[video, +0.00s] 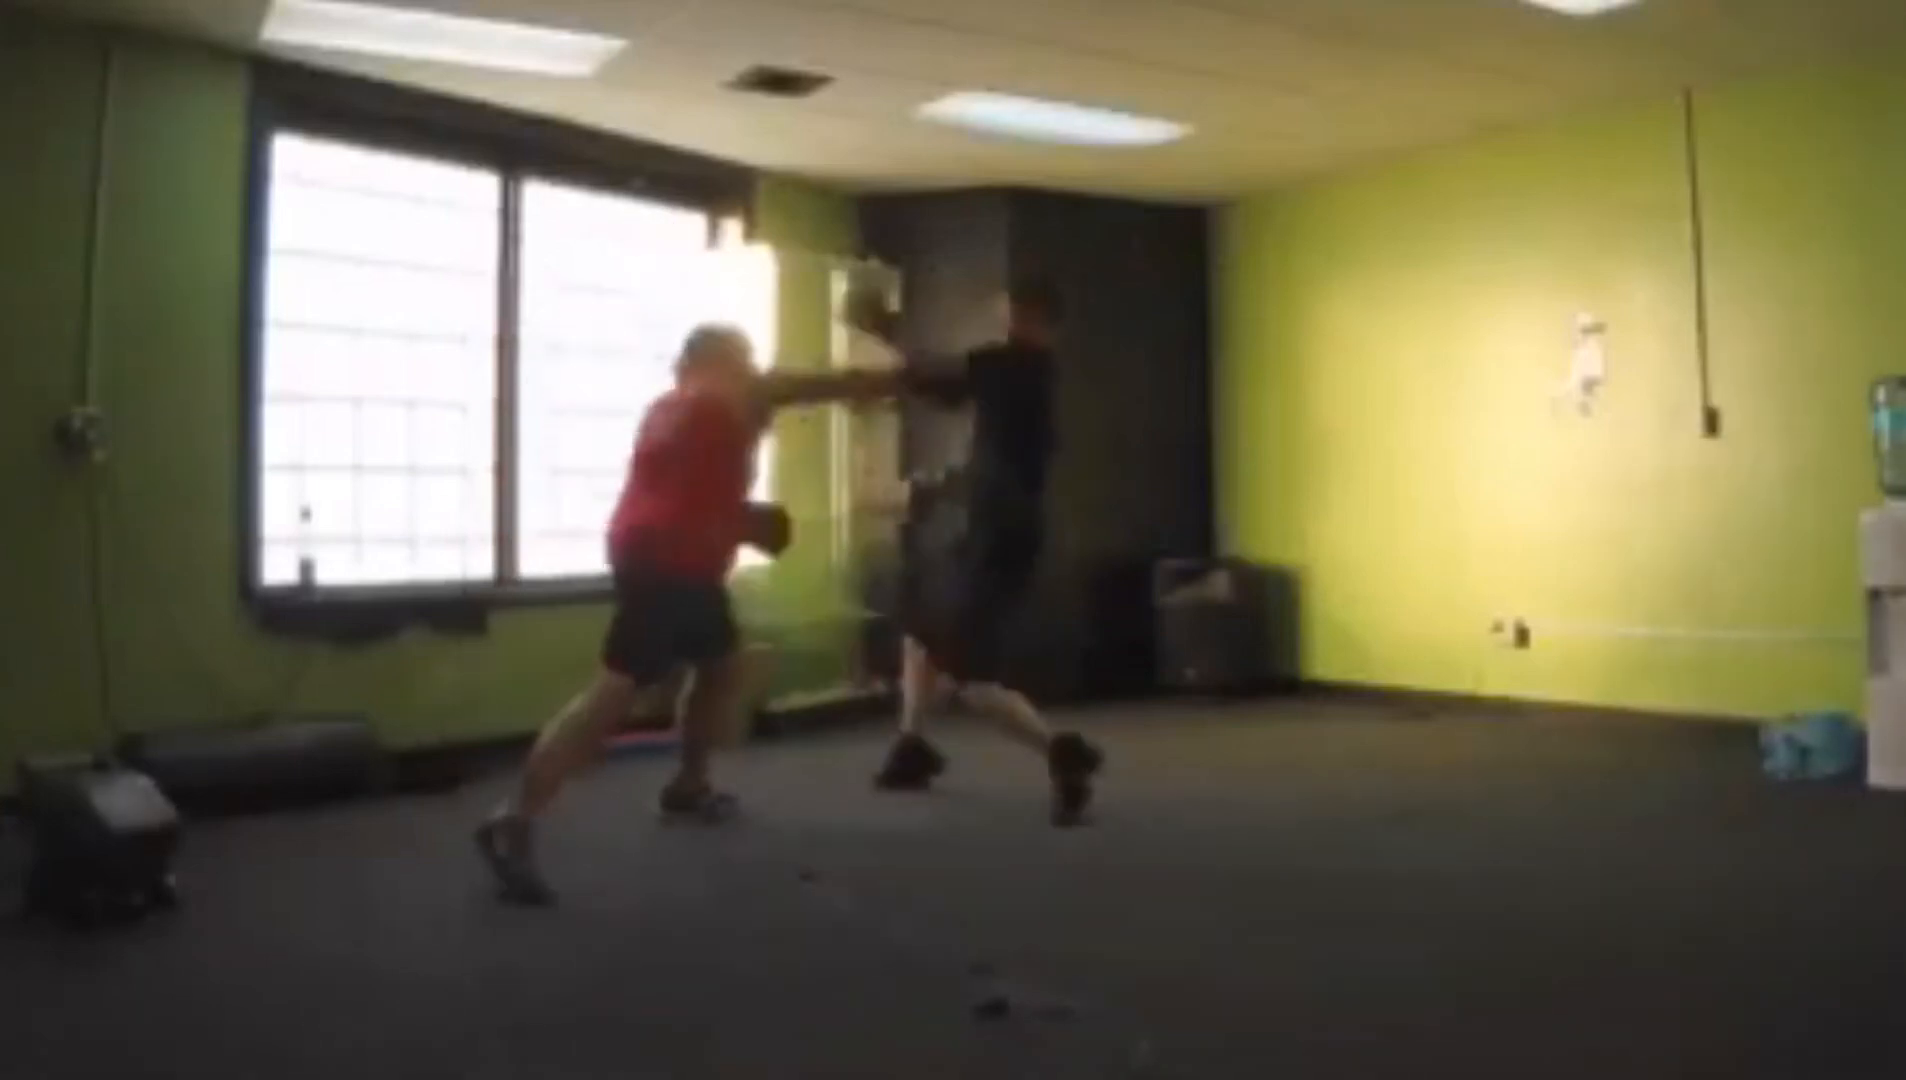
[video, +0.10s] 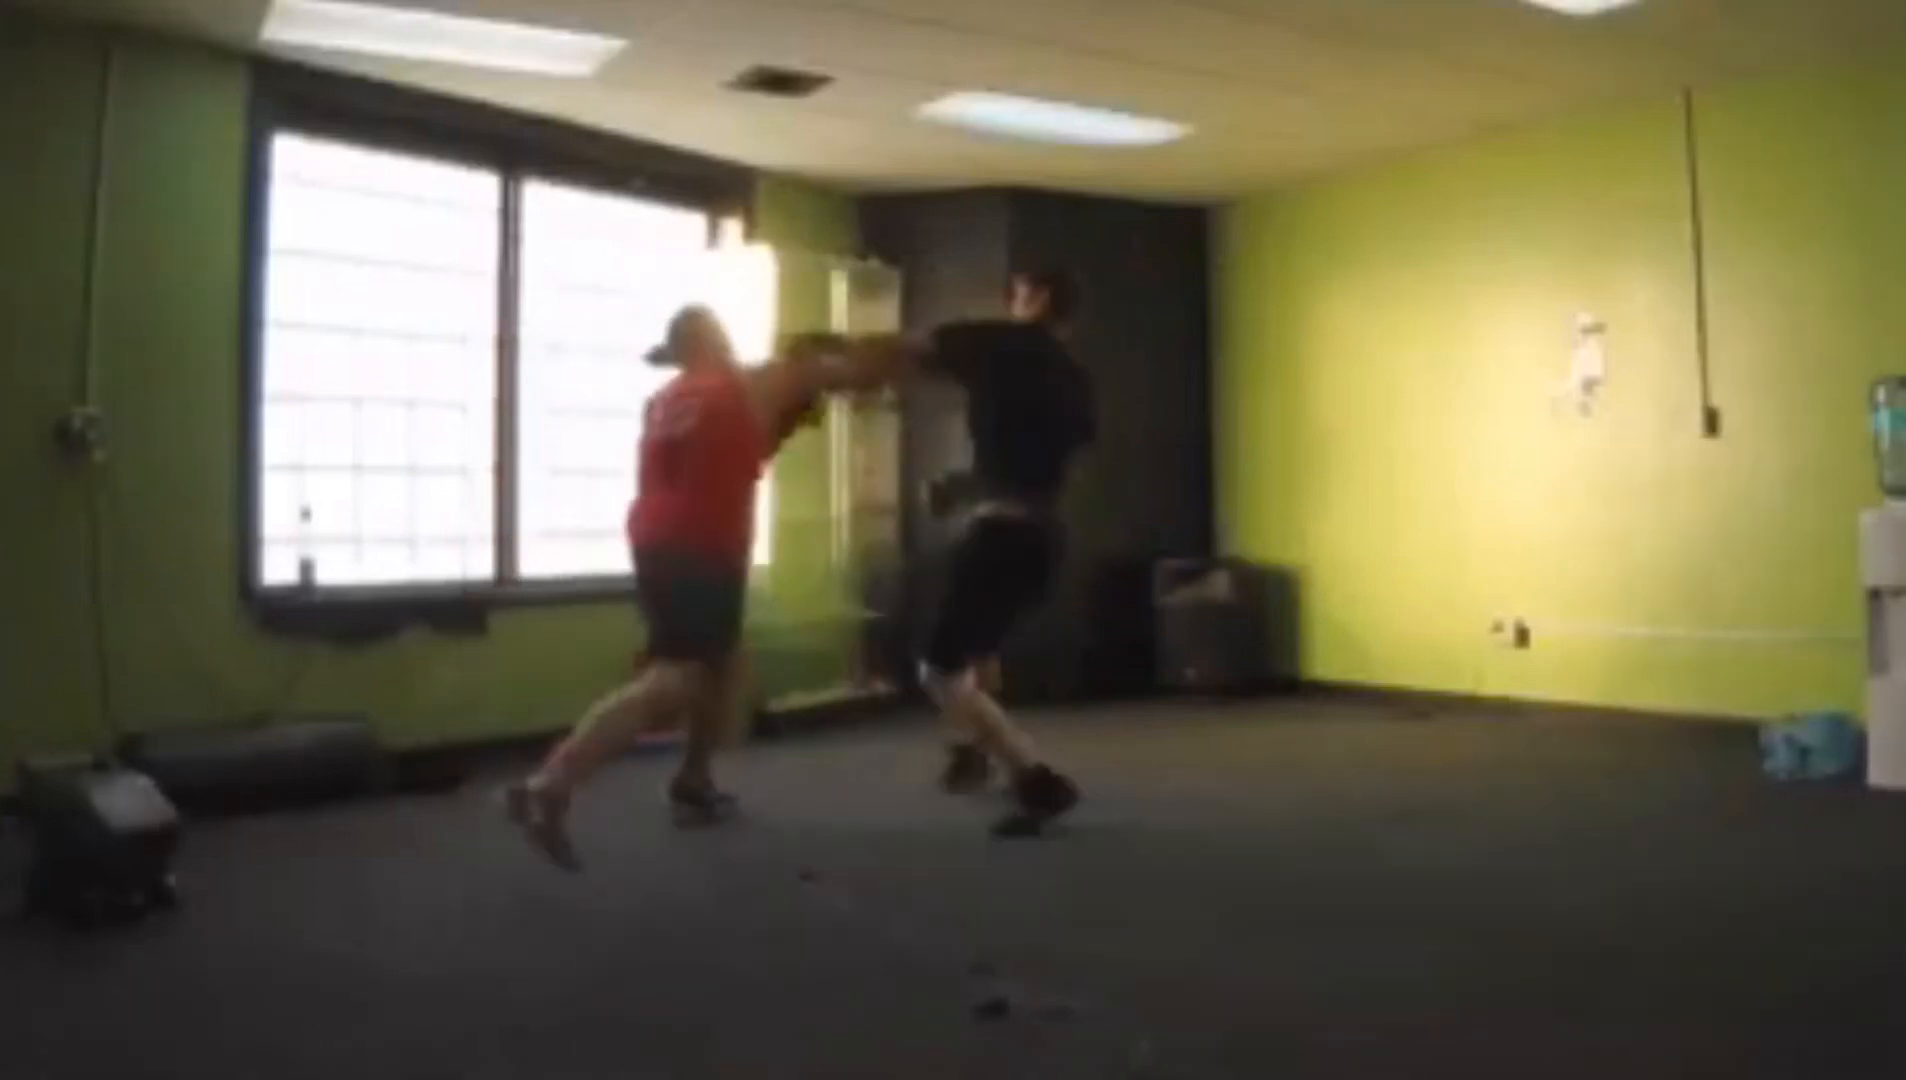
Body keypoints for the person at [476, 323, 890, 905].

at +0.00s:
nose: (752, 369)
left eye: (747, 360)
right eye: (744, 360)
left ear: (691, 364)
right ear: (725, 361)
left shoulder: (669, 408)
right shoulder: (742, 392)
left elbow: (676, 497)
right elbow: (833, 385)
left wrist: (750, 522)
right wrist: (906, 379)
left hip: (648, 554)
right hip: (675, 560)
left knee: (722, 664)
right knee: (618, 693)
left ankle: (691, 786)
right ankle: (514, 823)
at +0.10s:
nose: (725, 345)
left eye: (713, 339)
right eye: (718, 336)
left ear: (677, 353)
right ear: (714, 340)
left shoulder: (662, 402)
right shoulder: (743, 389)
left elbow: (734, 458)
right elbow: (831, 364)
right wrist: (904, 355)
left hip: (653, 542)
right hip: (708, 548)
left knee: (719, 664)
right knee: (677, 677)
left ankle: (695, 780)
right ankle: (548, 789)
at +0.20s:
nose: (703, 332)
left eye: (685, 332)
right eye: (698, 324)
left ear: (665, 343)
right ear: (700, 328)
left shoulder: (666, 395)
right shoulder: (734, 376)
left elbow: (755, 445)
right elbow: (808, 366)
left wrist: (805, 404)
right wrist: (883, 370)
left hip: (679, 542)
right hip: (730, 542)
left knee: (715, 669)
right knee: (738, 671)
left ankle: (698, 780)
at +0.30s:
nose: (724, 321)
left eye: (710, 316)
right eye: (717, 312)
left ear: (681, 331)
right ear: (717, 315)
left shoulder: (684, 388)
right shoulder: (760, 364)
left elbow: (769, 450)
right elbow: (852, 381)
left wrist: (814, 408)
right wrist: (868, 345)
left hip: (703, 545)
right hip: (757, 542)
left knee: (737, 663)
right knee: (812, 672)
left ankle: (697, 779)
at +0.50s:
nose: (732, 312)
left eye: (732, 297)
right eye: (716, 303)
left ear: (740, 302)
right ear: (695, 316)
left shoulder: (781, 356)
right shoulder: (696, 396)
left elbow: (856, 340)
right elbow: (750, 466)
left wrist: (925, 315)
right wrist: (818, 426)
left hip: (814, 546)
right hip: (767, 558)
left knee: (819, 681)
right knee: (861, 676)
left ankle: (743, 774)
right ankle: (834, 842)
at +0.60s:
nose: (713, 316)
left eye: (715, 301)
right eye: (697, 309)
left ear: (729, 302)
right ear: (680, 322)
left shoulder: (780, 349)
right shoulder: (681, 402)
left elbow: (875, 331)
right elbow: (718, 498)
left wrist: (963, 316)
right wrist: (789, 429)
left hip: (827, 538)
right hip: (764, 556)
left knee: (851, 675)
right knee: (848, 677)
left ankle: (783, 777)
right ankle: (831, 842)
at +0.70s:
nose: (706, 313)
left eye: (709, 297)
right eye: (689, 305)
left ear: (724, 298)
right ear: (674, 318)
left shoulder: (781, 344)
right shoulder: (669, 401)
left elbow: (877, 338)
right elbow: (644, 509)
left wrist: (960, 333)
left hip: (830, 537)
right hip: (761, 556)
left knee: (856, 663)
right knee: (823, 668)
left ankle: (799, 774)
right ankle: (824, 841)